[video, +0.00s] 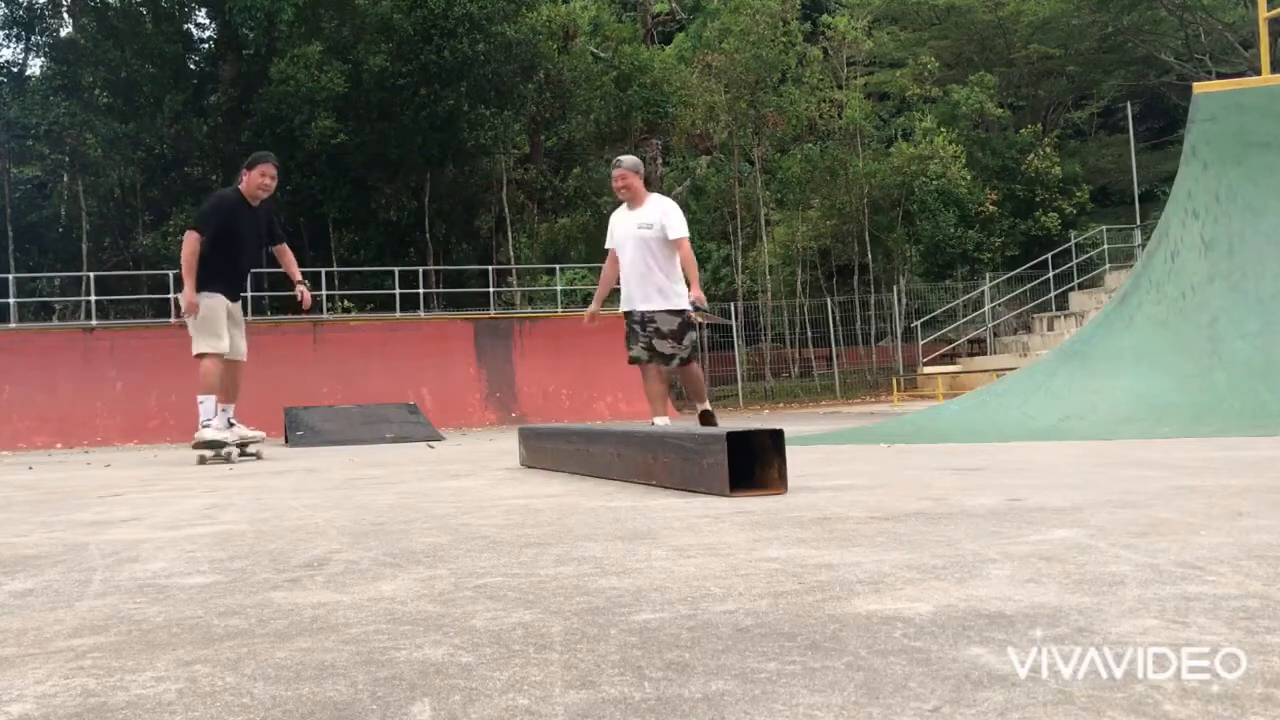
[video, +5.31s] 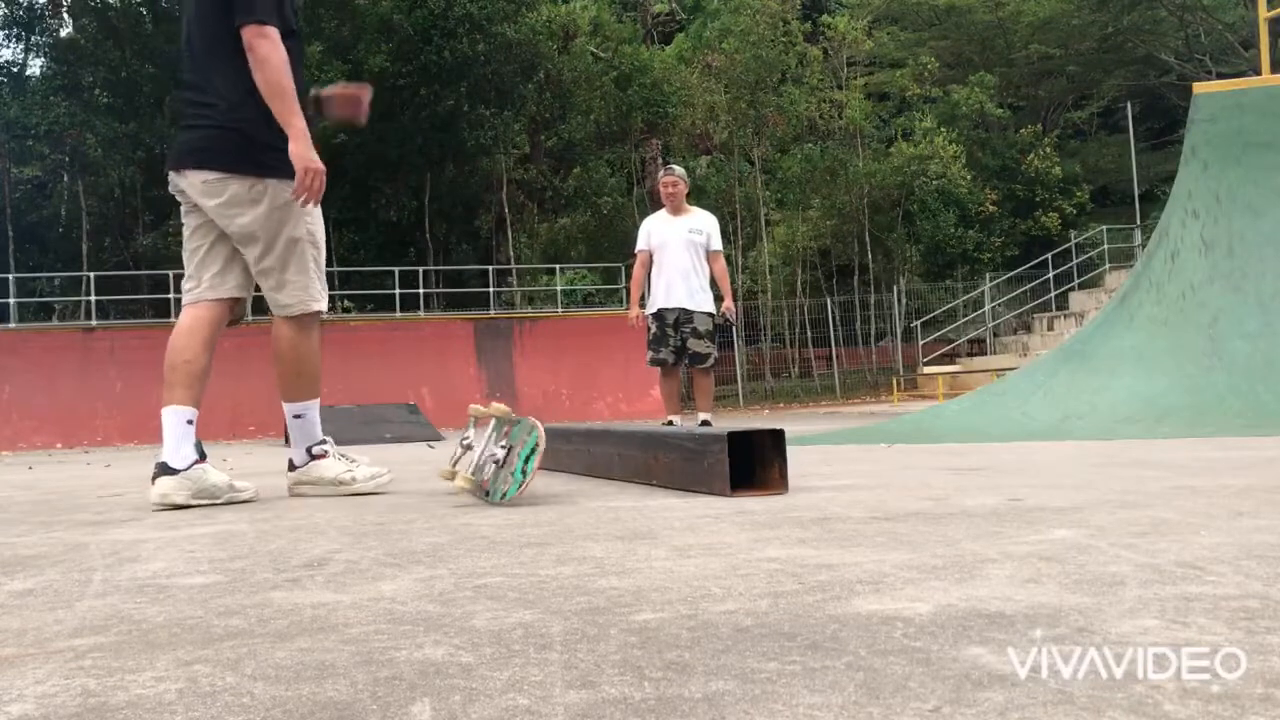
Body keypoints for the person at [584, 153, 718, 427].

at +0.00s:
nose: (618, 184)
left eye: (623, 178)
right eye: (614, 180)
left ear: (639, 177)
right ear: (612, 184)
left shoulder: (665, 207)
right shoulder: (617, 217)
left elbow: (684, 248)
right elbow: (612, 262)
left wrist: (695, 287)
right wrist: (596, 302)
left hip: (670, 303)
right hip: (636, 306)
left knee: (684, 362)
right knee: (648, 365)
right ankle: (660, 423)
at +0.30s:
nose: (658, 189)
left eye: (664, 184)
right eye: (653, 184)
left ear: (676, 185)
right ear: (647, 185)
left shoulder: (695, 216)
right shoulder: (635, 217)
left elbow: (706, 259)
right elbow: (623, 259)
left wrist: (713, 298)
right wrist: (616, 294)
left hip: (688, 306)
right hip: (649, 306)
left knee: (695, 365)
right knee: (654, 364)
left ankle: (703, 416)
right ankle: (661, 423)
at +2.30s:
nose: (666, 191)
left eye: (670, 186)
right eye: (661, 186)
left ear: (680, 188)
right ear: (653, 190)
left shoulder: (698, 219)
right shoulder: (643, 223)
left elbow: (710, 259)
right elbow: (635, 265)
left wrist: (725, 297)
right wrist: (628, 306)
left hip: (696, 305)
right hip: (659, 307)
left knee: (701, 365)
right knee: (667, 366)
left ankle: (705, 419)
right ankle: (673, 421)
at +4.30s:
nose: (669, 191)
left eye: (674, 186)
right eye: (664, 186)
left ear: (684, 188)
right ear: (656, 190)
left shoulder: (700, 220)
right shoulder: (645, 223)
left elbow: (712, 260)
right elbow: (637, 265)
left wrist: (726, 297)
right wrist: (633, 304)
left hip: (697, 305)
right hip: (661, 307)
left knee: (702, 365)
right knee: (668, 367)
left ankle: (705, 418)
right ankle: (673, 420)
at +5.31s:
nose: (669, 190)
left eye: (675, 185)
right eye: (665, 186)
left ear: (686, 187)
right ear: (659, 190)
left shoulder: (706, 220)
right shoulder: (650, 223)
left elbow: (717, 260)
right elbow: (641, 265)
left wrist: (728, 298)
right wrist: (634, 304)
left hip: (699, 305)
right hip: (662, 306)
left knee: (702, 365)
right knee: (668, 366)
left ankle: (704, 419)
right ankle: (673, 420)